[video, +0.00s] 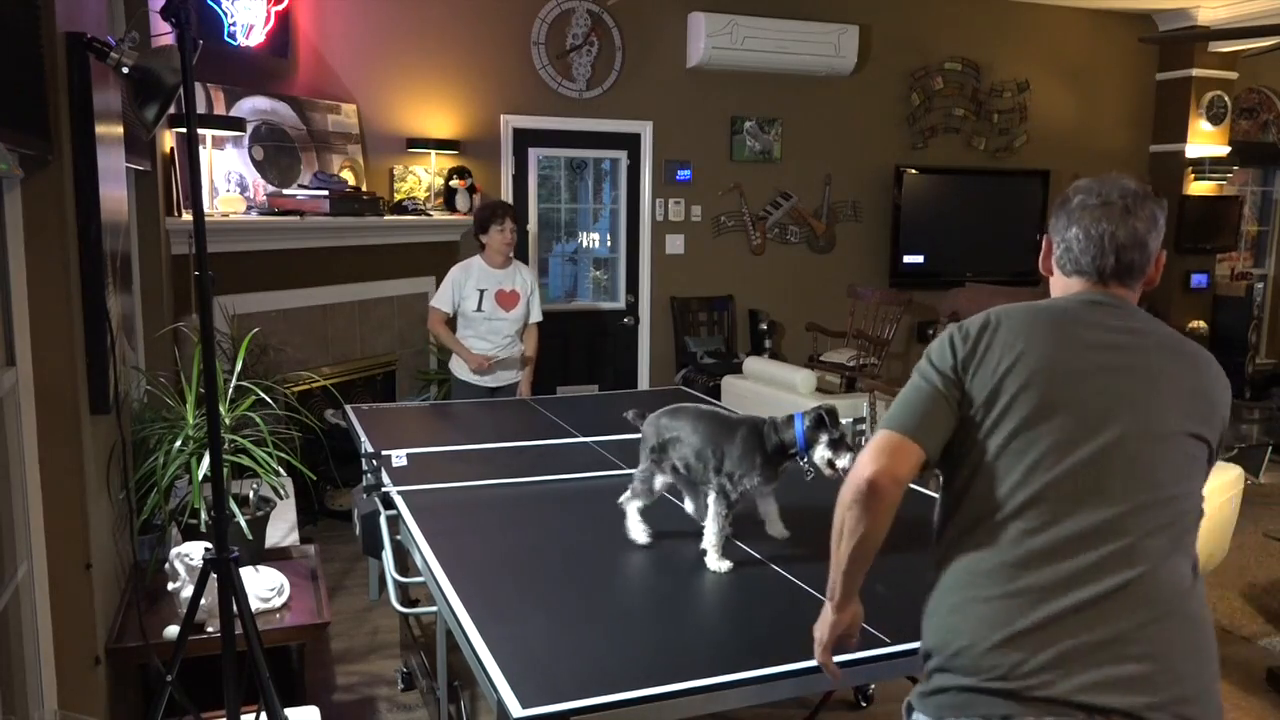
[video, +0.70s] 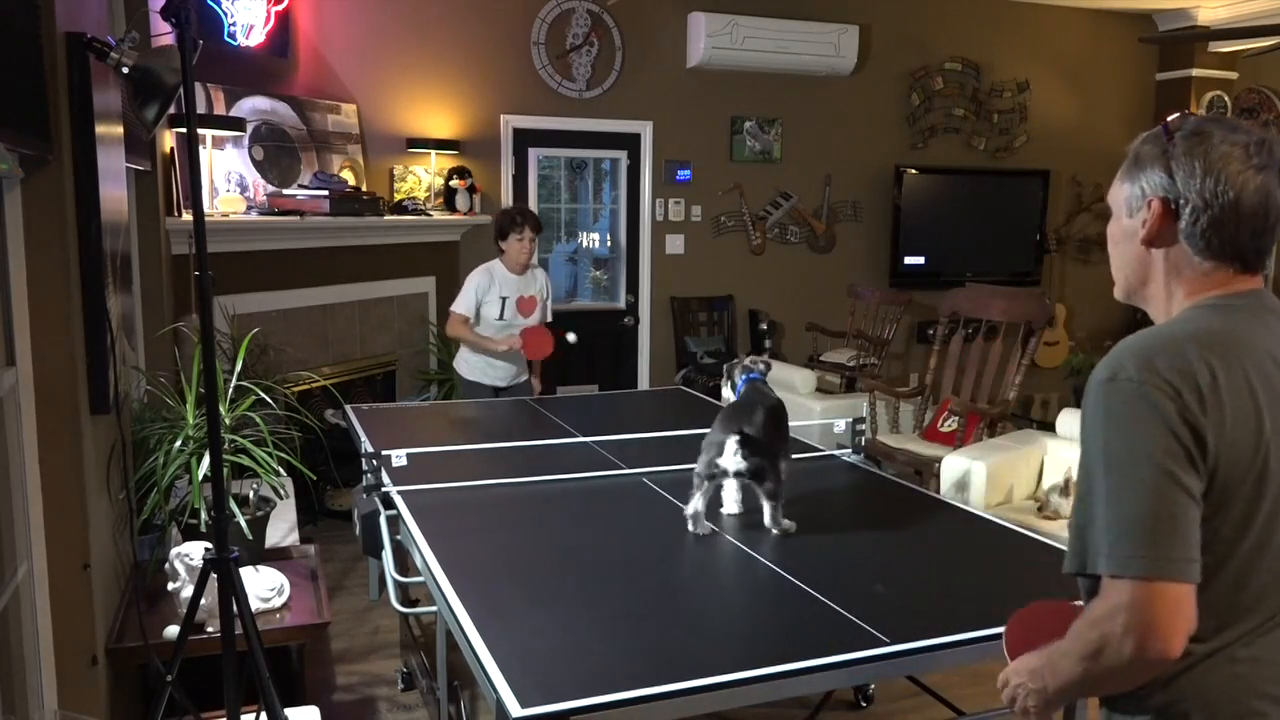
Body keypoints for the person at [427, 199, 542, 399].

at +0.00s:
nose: (509, 237)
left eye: (513, 231)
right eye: (501, 231)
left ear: (517, 233)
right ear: (483, 237)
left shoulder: (526, 276)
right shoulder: (461, 273)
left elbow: (531, 328)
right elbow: (435, 322)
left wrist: (527, 377)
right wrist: (468, 357)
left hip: (511, 381)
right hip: (468, 380)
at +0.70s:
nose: (528, 246)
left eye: (532, 240)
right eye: (520, 239)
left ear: (536, 242)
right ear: (502, 243)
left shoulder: (539, 278)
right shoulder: (482, 276)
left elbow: (539, 330)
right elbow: (454, 327)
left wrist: (535, 375)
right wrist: (494, 345)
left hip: (517, 378)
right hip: (476, 378)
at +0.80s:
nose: (528, 250)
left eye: (532, 243)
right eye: (520, 243)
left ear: (537, 245)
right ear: (502, 248)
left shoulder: (537, 281)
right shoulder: (485, 278)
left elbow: (535, 332)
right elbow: (477, 325)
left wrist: (531, 373)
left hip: (511, 374)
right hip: (473, 375)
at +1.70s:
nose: (519, 233)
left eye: (524, 227)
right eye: (511, 227)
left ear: (529, 231)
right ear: (495, 234)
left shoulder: (540, 273)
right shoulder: (477, 272)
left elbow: (547, 327)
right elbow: (457, 324)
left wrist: (549, 377)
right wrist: (494, 350)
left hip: (531, 382)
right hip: (487, 383)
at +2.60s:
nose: (518, 237)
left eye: (523, 230)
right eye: (509, 231)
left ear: (529, 234)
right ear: (496, 236)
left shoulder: (543, 275)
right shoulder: (475, 273)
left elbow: (551, 328)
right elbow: (450, 319)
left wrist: (553, 375)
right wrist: (468, 347)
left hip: (531, 382)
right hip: (487, 382)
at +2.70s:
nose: (512, 241)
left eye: (519, 234)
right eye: (505, 234)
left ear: (526, 237)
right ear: (492, 237)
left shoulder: (539, 277)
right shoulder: (471, 274)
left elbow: (549, 330)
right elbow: (439, 314)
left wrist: (550, 379)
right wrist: (450, 343)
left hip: (527, 384)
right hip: (482, 385)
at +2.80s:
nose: (506, 243)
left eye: (512, 236)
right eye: (498, 236)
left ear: (520, 239)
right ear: (485, 240)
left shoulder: (532, 279)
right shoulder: (463, 276)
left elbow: (542, 332)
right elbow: (425, 313)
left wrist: (544, 382)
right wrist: (436, 338)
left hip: (521, 389)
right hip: (474, 389)